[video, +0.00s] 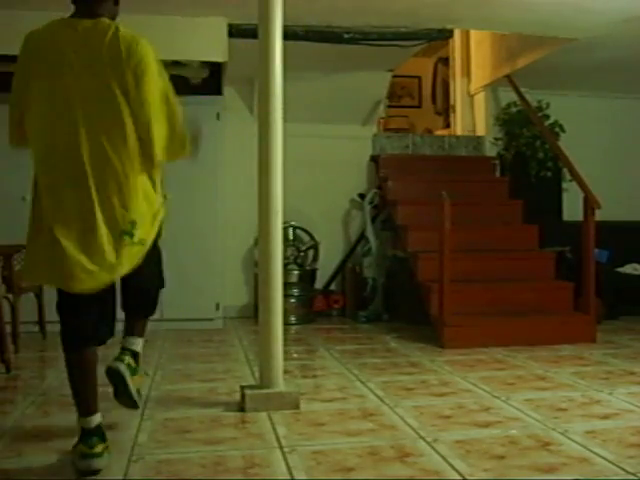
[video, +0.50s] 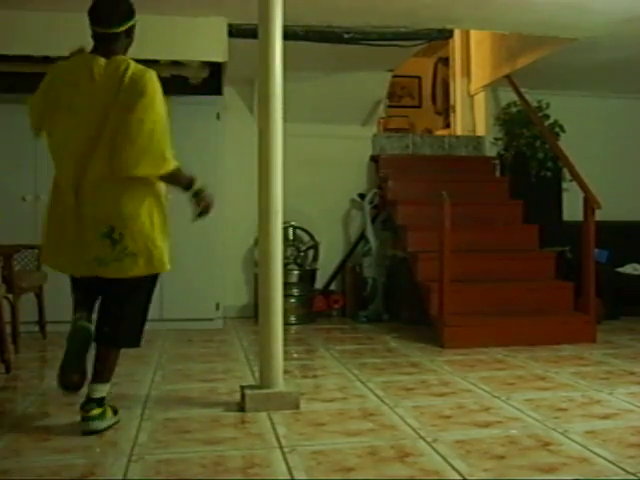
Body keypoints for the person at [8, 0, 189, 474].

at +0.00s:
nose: (117, 8)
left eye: (111, 4)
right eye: (117, 3)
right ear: (115, 2)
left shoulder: (37, 44)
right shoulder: (132, 49)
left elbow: (19, 131)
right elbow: (166, 139)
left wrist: (67, 122)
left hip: (63, 204)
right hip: (126, 199)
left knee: (78, 323)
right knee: (143, 276)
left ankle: (90, 435)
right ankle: (129, 353)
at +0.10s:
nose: (122, 12)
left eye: (118, 8)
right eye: (123, 7)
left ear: (78, 3)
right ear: (118, 6)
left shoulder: (40, 39)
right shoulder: (128, 52)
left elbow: (27, 111)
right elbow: (132, 146)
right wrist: (163, 188)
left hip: (63, 206)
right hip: (122, 205)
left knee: (80, 320)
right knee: (138, 291)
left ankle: (90, 422)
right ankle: (122, 364)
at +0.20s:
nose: (126, 17)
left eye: (123, 11)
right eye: (126, 11)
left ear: (84, 8)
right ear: (122, 11)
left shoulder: (48, 37)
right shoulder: (127, 51)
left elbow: (32, 96)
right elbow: (115, 138)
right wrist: (135, 197)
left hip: (64, 191)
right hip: (119, 194)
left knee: (78, 300)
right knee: (132, 287)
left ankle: (87, 408)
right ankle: (113, 379)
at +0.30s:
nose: (130, 22)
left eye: (126, 14)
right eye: (129, 15)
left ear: (88, 13)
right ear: (126, 17)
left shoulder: (55, 42)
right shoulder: (128, 55)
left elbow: (36, 90)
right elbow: (115, 129)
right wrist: (139, 188)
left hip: (71, 199)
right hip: (127, 203)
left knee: (80, 297)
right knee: (127, 300)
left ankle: (79, 383)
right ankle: (106, 390)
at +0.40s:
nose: (130, 29)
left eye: (122, 21)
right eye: (130, 22)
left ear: (90, 20)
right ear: (130, 24)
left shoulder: (57, 60)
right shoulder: (131, 68)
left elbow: (36, 99)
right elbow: (127, 141)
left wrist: (76, 48)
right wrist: (164, 191)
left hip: (70, 203)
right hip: (125, 208)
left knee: (78, 280)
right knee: (121, 299)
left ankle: (80, 355)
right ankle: (99, 399)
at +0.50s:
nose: (128, 40)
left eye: (117, 32)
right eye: (130, 33)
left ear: (92, 31)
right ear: (130, 34)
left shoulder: (63, 74)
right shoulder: (140, 81)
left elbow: (36, 120)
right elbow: (149, 156)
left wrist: (75, 66)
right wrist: (192, 185)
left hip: (74, 217)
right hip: (130, 221)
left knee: (85, 275)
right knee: (118, 309)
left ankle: (80, 321)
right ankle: (95, 403)